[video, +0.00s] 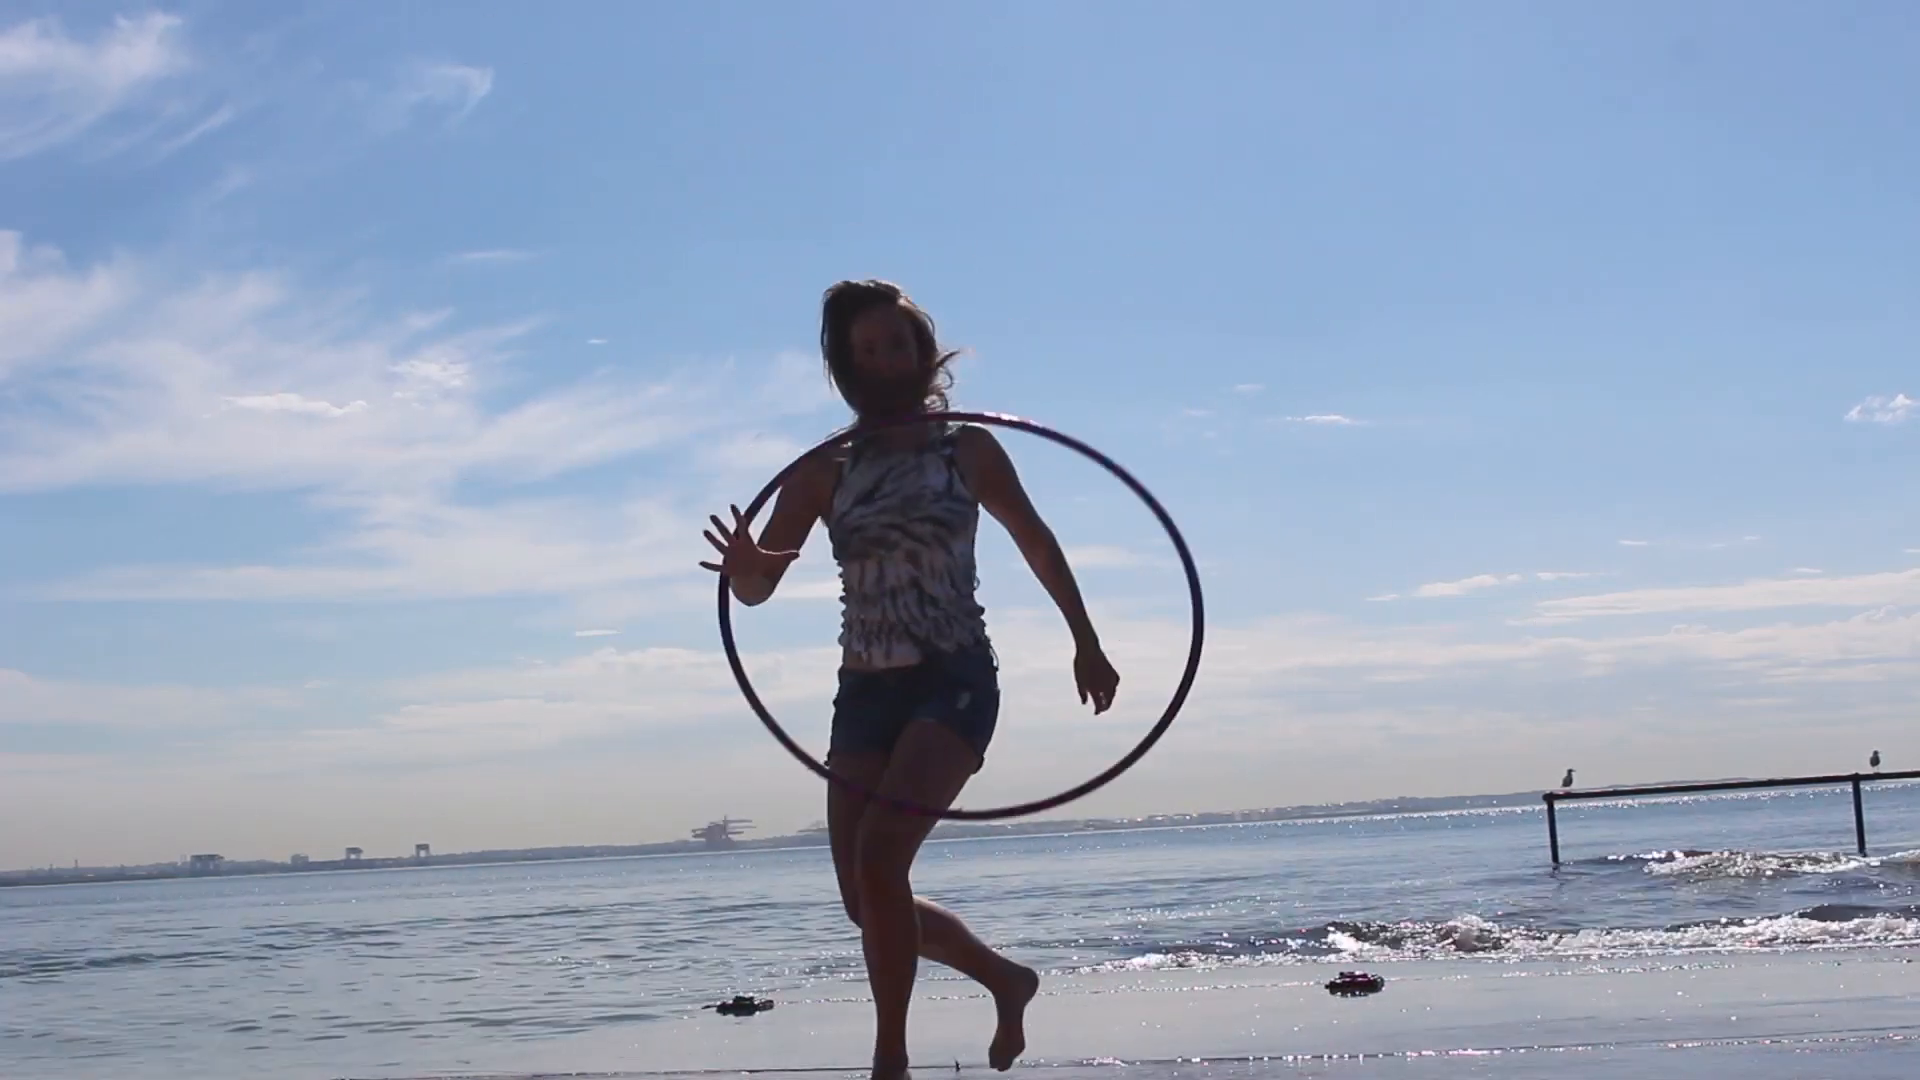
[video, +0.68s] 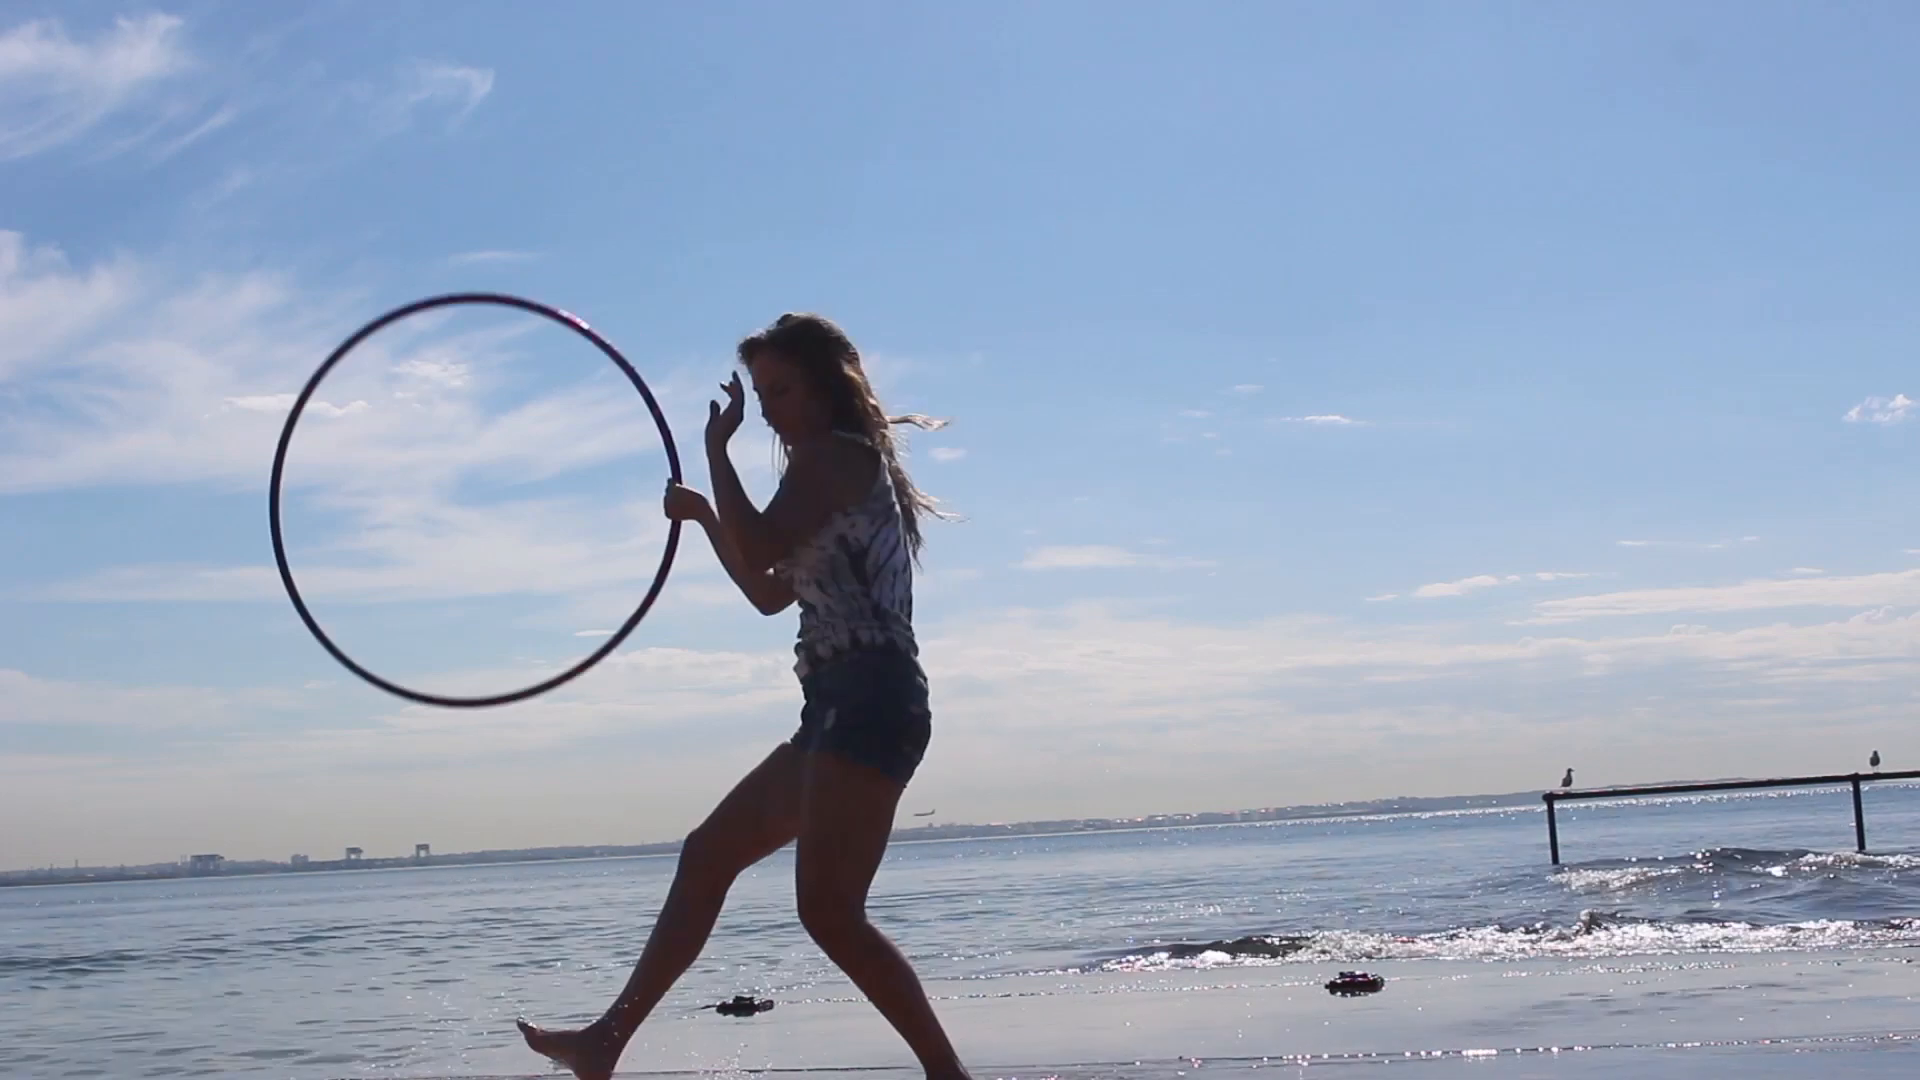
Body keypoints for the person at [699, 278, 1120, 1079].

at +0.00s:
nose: (891, 356)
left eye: (900, 339)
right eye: (871, 348)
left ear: (925, 347)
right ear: (845, 366)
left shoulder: (966, 446)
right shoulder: (822, 469)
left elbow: (1035, 540)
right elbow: (757, 585)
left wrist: (1086, 639)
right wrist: (743, 562)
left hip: (954, 679)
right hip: (867, 688)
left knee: (881, 859)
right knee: (863, 900)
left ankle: (890, 1053)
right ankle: (1006, 979)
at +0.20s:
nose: (885, 390)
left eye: (896, 372)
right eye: (868, 381)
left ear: (924, 375)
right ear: (853, 394)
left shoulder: (979, 467)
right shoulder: (850, 487)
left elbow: (1016, 542)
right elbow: (806, 588)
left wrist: (967, 606)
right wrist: (823, 501)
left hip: (979, 698)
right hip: (889, 709)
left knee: (916, 886)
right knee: (991, 894)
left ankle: (872, 1070)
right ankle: (1080, 1052)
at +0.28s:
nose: (874, 378)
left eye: (887, 361)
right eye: (858, 368)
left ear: (917, 365)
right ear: (843, 382)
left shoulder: (965, 450)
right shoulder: (840, 471)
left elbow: (1039, 511)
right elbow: (764, 502)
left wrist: (989, 576)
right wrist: (804, 403)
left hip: (970, 684)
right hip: (884, 700)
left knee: (902, 862)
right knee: (990, 889)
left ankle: (895, 1066)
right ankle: (1075, 1044)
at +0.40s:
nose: (843, 360)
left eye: (855, 339)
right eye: (827, 346)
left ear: (891, 334)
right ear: (813, 351)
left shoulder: (942, 411)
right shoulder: (808, 420)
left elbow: (1066, 443)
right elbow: (701, 368)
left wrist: (992, 490)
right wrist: (712, 259)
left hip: (941, 657)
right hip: (866, 669)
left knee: (899, 873)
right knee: (883, 881)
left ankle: (956, 1064)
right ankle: (1029, 999)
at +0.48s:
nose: (822, 369)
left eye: (834, 349)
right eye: (805, 358)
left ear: (870, 341)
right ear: (792, 364)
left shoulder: (926, 416)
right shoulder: (807, 429)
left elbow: (1046, 447)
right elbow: (698, 392)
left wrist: (966, 436)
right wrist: (640, 297)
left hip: (925, 665)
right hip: (860, 674)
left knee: (888, 872)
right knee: (807, 874)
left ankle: (953, 1062)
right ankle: (930, 1033)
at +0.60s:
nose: (782, 412)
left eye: (793, 391)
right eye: (772, 397)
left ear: (839, 376)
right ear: (773, 398)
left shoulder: (887, 438)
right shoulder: (820, 471)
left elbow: (872, 537)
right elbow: (744, 540)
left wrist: (802, 455)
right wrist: (662, 450)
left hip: (898, 683)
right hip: (848, 690)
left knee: (856, 897)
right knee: (742, 863)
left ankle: (950, 1070)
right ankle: (680, 1061)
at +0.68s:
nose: (763, 408)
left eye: (775, 392)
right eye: (759, 394)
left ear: (820, 384)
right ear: (793, 393)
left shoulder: (838, 455)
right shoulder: (833, 468)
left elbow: (761, 546)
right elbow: (768, 593)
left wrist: (717, 452)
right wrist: (707, 517)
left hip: (869, 711)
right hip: (845, 712)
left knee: (830, 911)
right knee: (708, 854)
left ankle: (948, 1069)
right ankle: (607, 1040)